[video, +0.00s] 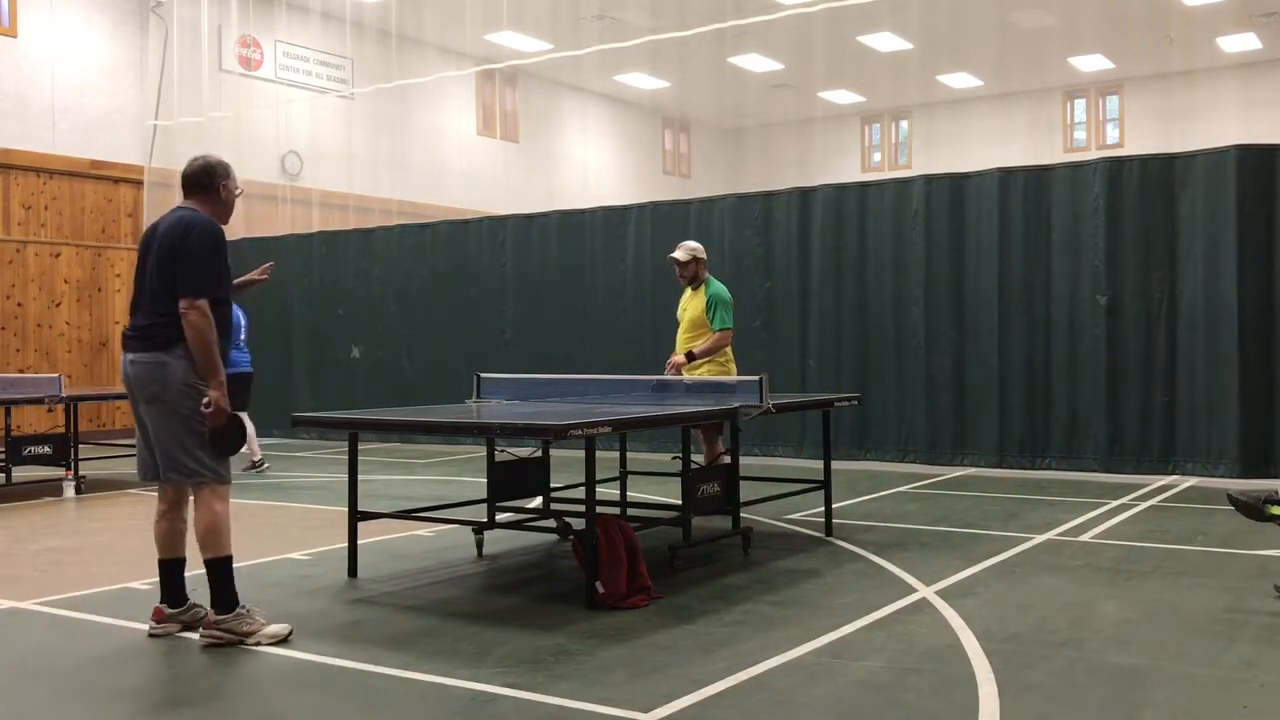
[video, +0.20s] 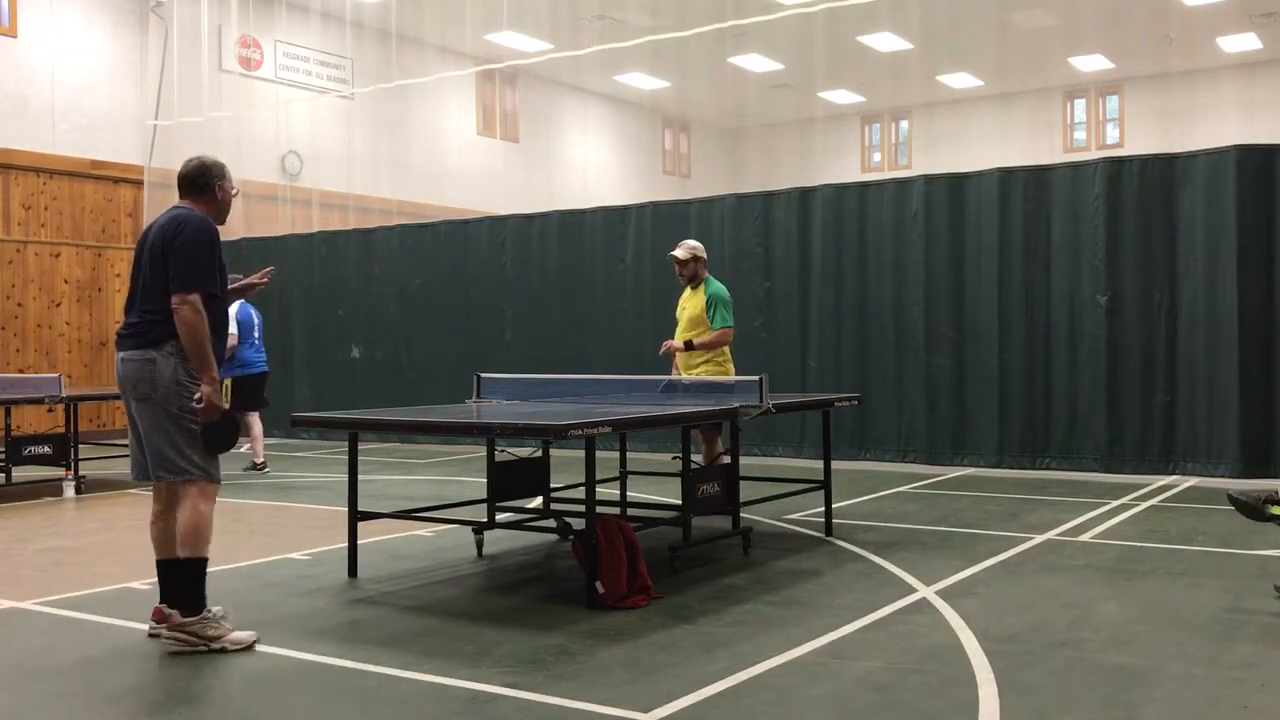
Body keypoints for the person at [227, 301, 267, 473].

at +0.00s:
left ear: (216, 295)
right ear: (229, 292)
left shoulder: (220, 312)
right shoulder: (239, 311)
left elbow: (217, 342)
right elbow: (242, 339)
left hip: (229, 366)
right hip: (245, 365)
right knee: (241, 411)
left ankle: (256, 456)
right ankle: (256, 456)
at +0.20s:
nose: (224, 295)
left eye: (225, 291)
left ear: (229, 291)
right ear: (244, 290)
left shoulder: (232, 309)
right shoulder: (253, 310)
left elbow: (232, 341)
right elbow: (256, 339)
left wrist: (217, 357)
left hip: (238, 370)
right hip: (259, 368)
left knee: (225, 415)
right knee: (253, 413)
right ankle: (259, 458)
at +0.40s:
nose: (229, 299)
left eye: (231, 296)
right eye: (229, 296)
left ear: (237, 294)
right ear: (248, 293)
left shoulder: (237, 310)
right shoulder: (263, 311)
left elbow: (238, 340)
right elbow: (274, 342)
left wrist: (222, 357)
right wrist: (278, 369)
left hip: (242, 371)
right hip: (264, 369)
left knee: (230, 416)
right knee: (256, 415)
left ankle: (230, 458)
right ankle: (260, 459)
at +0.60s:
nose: (234, 291)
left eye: (237, 287)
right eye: (235, 287)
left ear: (247, 289)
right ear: (254, 291)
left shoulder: (240, 310)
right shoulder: (269, 311)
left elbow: (238, 341)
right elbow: (280, 342)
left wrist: (225, 359)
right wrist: (287, 369)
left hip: (248, 371)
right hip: (268, 370)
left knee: (243, 414)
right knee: (258, 415)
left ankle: (248, 455)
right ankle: (260, 459)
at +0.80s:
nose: (233, 292)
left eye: (236, 289)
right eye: (234, 288)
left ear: (248, 291)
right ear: (254, 291)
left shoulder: (240, 312)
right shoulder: (270, 312)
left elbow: (228, 345)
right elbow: (279, 344)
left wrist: (216, 350)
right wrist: (275, 367)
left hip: (251, 372)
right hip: (271, 371)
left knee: (250, 416)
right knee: (258, 416)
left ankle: (258, 460)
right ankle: (259, 459)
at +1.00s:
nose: (221, 298)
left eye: (223, 293)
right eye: (221, 293)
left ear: (235, 295)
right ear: (242, 295)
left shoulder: (230, 317)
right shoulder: (265, 310)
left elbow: (212, 345)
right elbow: (281, 337)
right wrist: (272, 358)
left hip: (255, 370)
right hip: (278, 368)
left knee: (253, 416)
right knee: (269, 416)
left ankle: (257, 462)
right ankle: (265, 459)